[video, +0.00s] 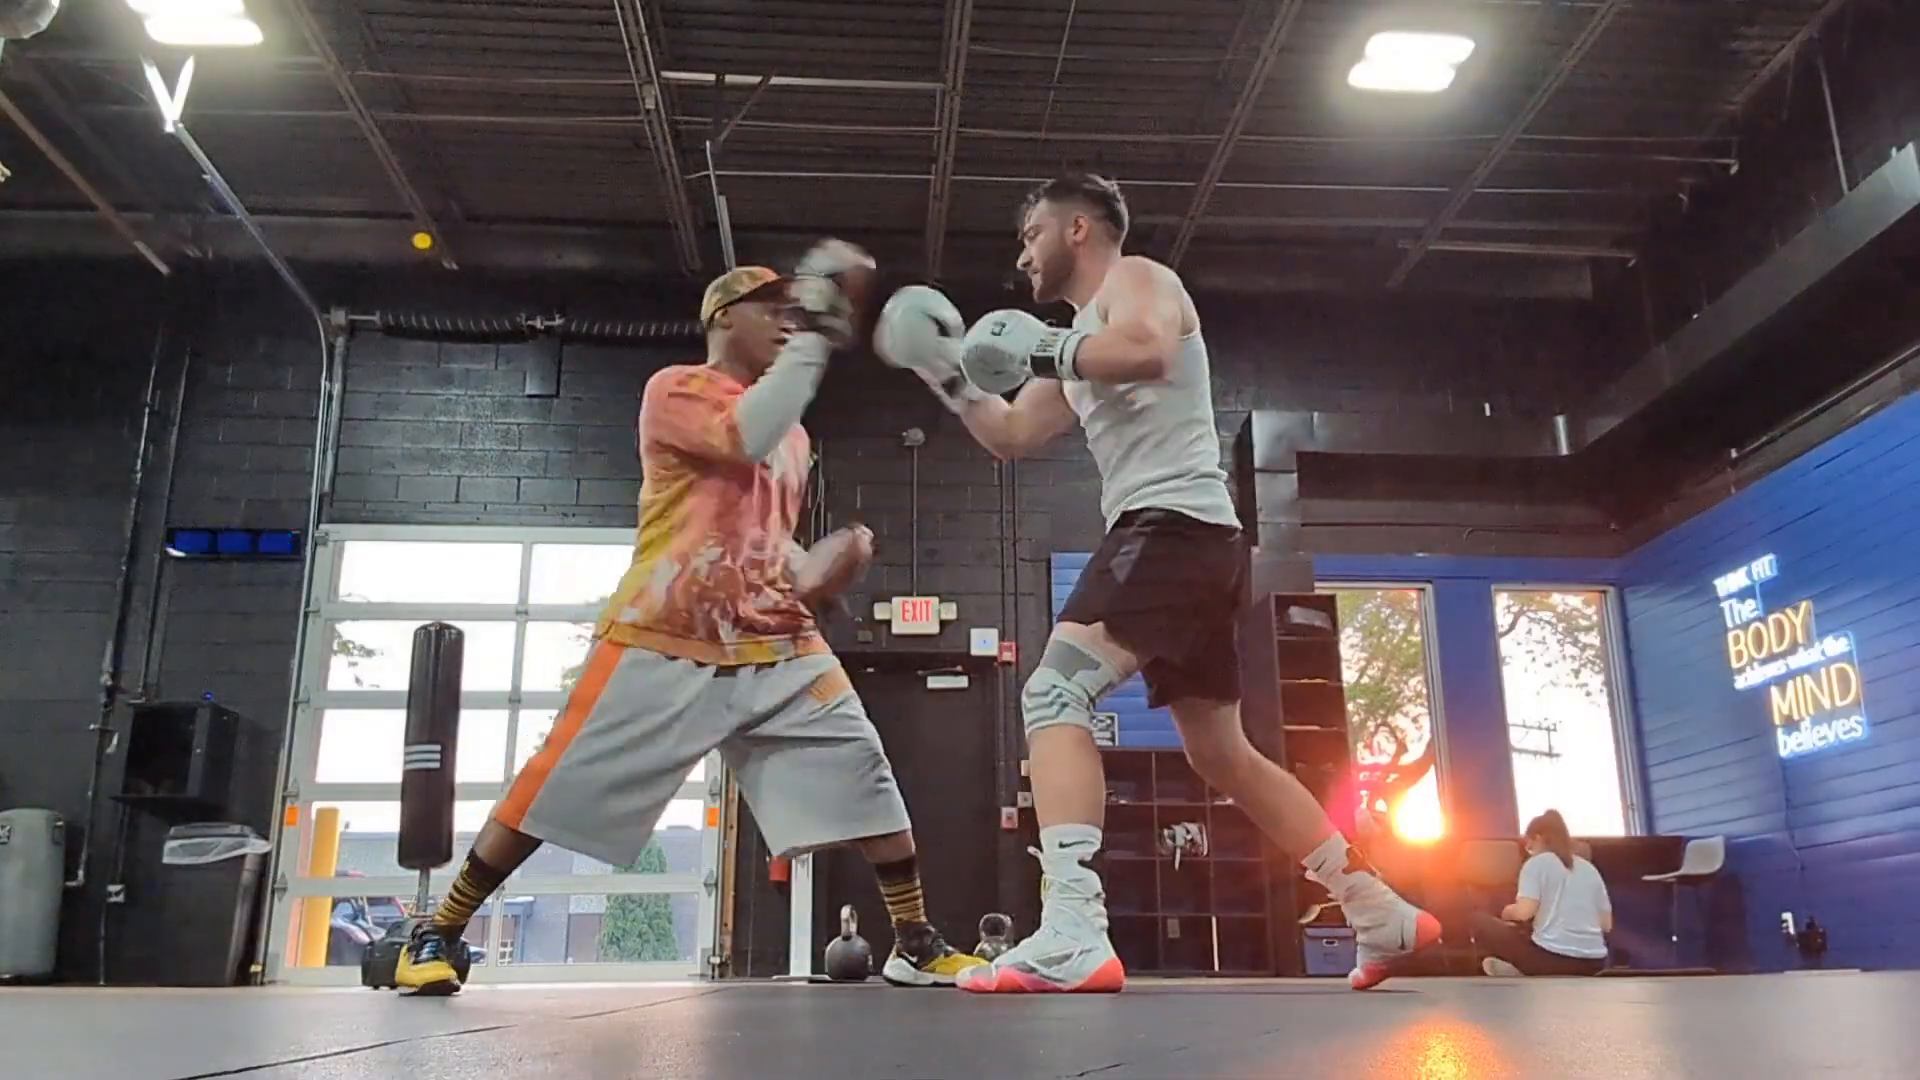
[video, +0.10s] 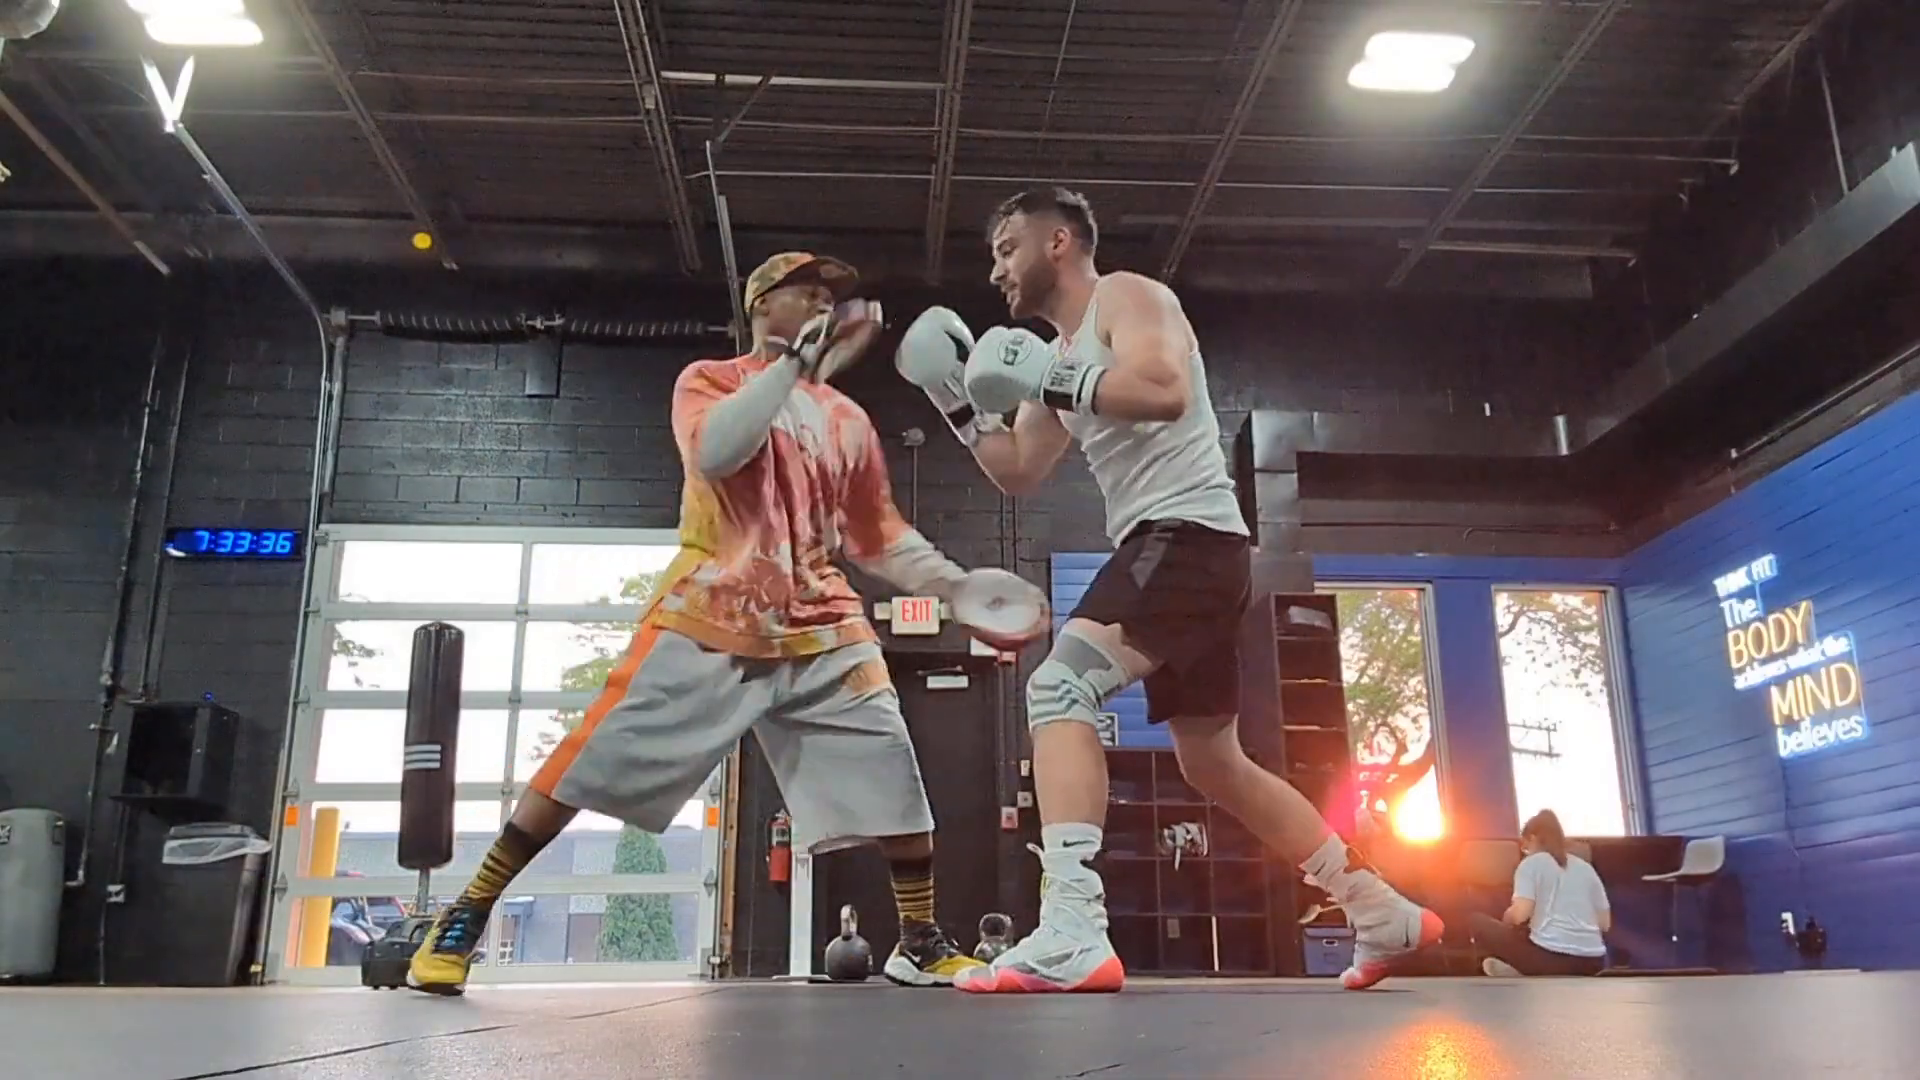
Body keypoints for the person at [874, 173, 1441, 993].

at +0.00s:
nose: (1023, 252)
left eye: (1031, 234)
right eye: (1020, 240)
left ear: (1080, 225)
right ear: (1072, 235)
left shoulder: (1136, 275)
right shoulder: (1083, 342)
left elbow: (1147, 350)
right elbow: (1009, 433)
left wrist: (1047, 347)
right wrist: (949, 373)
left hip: (1171, 527)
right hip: (1190, 536)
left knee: (1055, 698)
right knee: (1223, 757)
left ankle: (1072, 935)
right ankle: (1380, 915)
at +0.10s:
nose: (997, 268)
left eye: (1008, 247)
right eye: (994, 255)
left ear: (1061, 238)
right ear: (1047, 251)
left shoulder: (1126, 294)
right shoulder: (1057, 360)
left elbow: (1162, 390)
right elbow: (1016, 472)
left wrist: (1058, 375)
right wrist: (958, 404)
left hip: (1187, 536)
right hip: (1185, 546)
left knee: (1061, 689)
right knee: (1212, 761)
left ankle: (1071, 930)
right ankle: (1383, 914)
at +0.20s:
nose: (976, 333)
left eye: (986, 309)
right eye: (970, 321)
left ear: (1042, 297)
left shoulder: (1106, 338)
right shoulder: (1060, 418)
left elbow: (1134, 450)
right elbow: (1053, 530)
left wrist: (1026, 442)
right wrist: (993, 471)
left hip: (1209, 564)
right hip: (1233, 577)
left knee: (1050, 694)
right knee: (1208, 778)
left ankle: (1068, 930)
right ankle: (1381, 917)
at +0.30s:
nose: (991, 412)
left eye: (998, 389)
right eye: (987, 396)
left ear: (1049, 377)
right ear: (1048, 386)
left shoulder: (1095, 399)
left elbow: (1080, 505)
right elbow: (1090, 582)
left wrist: (996, 494)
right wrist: (1024, 525)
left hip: (1222, 606)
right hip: (1279, 624)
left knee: (1037, 707)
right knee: (1217, 791)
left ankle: (1067, 935)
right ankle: (1377, 932)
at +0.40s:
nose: (1040, 449)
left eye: (1044, 429)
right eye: (1036, 436)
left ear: (1088, 412)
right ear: (1103, 417)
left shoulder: (1119, 432)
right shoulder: (1181, 480)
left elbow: (1076, 493)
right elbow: (1149, 617)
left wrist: (1000, 515)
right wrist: (1076, 556)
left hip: (1230, 634)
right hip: (1307, 651)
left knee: (1029, 725)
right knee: (1245, 795)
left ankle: (1067, 938)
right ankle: (1394, 947)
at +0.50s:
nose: (1072, 429)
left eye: (1078, 409)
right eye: (1069, 416)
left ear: (1117, 392)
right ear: (1131, 398)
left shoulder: (1143, 408)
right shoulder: (1213, 456)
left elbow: (1137, 457)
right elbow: (1182, 592)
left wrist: (1052, 487)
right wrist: (1119, 545)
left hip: (1228, 610)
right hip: (1310, 630)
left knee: (1047, 732)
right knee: (1254, 788)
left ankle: (1064, 921)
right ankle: (1393, 943)